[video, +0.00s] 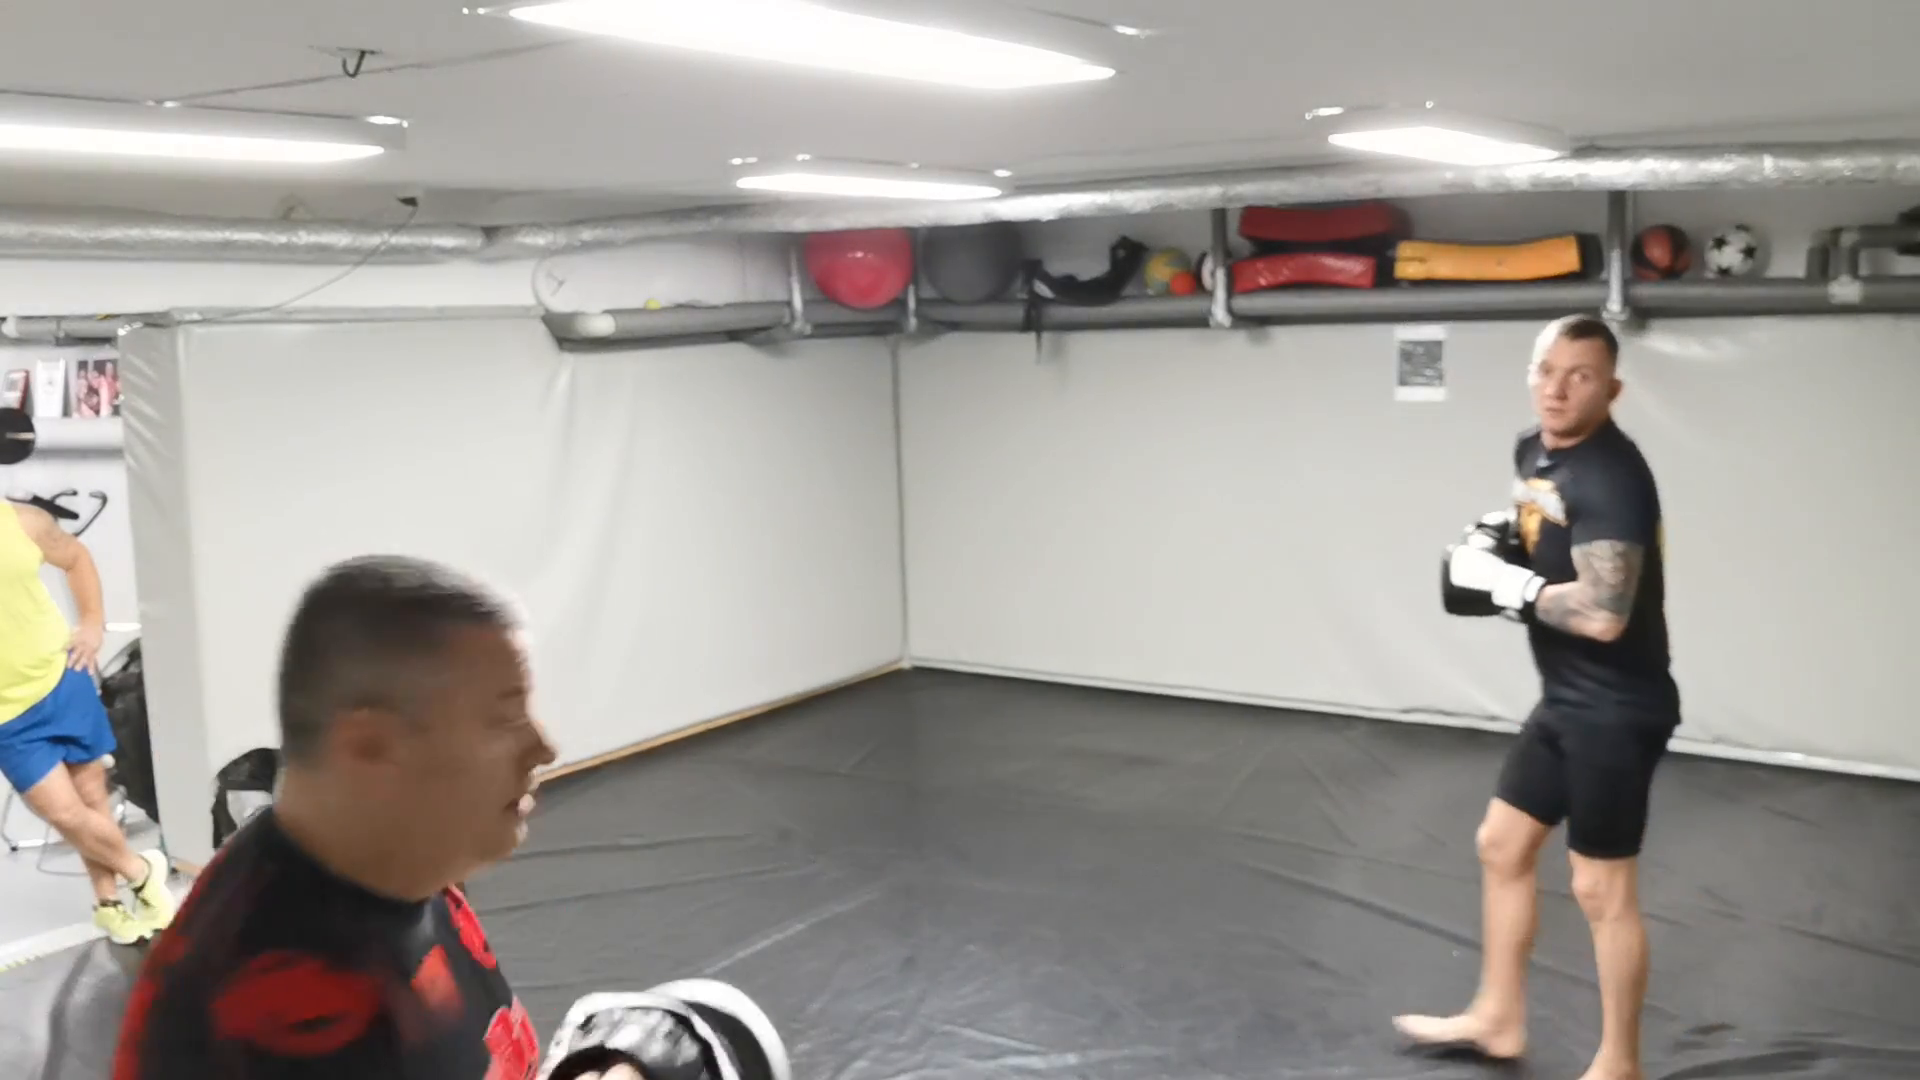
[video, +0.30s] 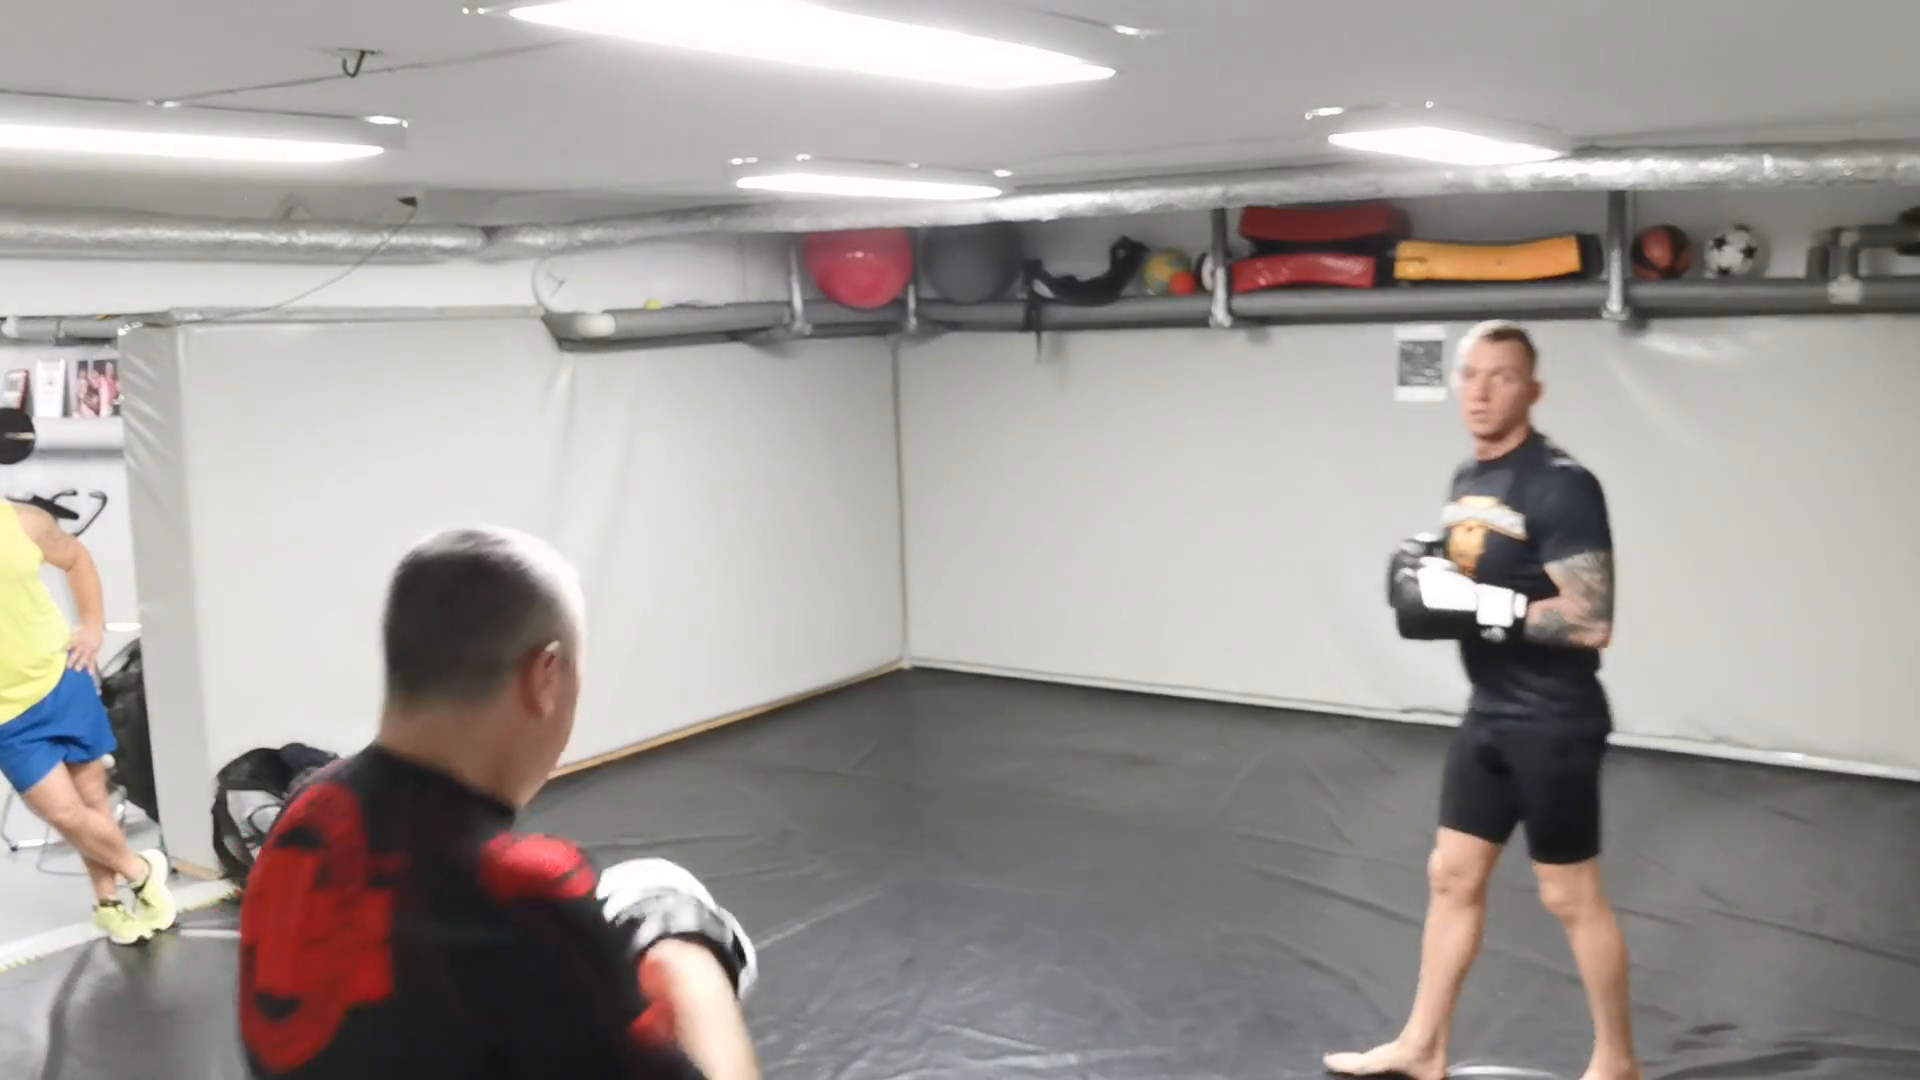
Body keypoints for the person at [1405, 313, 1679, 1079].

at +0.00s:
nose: (1557, 389)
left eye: (1577, 377)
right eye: (1546, 372)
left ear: (1611, 389)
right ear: (1531, 377)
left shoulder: (1613, 476)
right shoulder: (1536, 449)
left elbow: (1604, 615)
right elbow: (1545, 545)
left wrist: (1510, 585)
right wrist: (1497, 545)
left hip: (1620, 707)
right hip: (1565, 694)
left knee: (1603, 889)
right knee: (1504, 846)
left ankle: (1619, 1059)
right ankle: (1498, 1018)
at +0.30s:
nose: (1480, 392)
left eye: (1500, 377)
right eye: (1469, 376)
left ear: (1533, 391)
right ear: (1457, 386)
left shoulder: (1566, 486)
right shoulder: (1468, 481)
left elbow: (1591, 622)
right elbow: (1470, 581)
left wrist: (1482, 603)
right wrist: (1426, 575)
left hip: (1556, 725)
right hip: (1488, 716)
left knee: (1572, 896)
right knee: (1453, 878)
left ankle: (1616, 1059)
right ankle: (1422, 1046)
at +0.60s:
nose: (1383, 391)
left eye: (1400, 376)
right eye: (1375, 377)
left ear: (1443, 382)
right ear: (1368, 384)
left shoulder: (1488, 469)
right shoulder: (1372, 479)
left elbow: (1539, 592)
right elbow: (1377, 577)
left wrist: (1435, 573)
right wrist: (1336, 568)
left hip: (1481, 708)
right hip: (1412, 703)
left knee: (1455, 898)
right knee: (1409, 874)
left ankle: (1581, 1027)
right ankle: (1419, 1048)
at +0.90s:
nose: (1327, 405)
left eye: (1343, 389)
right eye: (1319, 391)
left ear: (1387, 391)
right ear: (1314, 397)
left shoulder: (1439, 473)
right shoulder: (1324, 486)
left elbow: (1468, 607)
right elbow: (1286, 609)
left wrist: (1380, 550)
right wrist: (1272, 534)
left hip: (1430, 711)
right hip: (1366, 710)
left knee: (1381, 907)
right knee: (1396, 897)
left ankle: (1393, 1065)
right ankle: (1420, 1053)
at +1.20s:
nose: (1278, 437)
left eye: (1294, 420)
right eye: (1272, 420)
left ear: (1345, 418)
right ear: (1268, 420)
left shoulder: (1389, 504)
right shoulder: (1292, 497)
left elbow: (1355, 647)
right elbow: (1241, 615)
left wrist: (1290, 568)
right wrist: (1231, 538)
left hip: (1383, 744)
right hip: (1333, 735)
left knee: (1336, 945)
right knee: (1313, 889)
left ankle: (1345, 1073)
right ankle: (1407, 1036)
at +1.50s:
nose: (1247, 434)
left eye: (1262, 415)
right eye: (1241, 415)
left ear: (1314, 410)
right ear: (1240, 413)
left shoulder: (1350, 498)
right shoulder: (1268, 481)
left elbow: (1308, 641)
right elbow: (1201, 590)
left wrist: (1245, 551)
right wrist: (1200, 506)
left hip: (1342, 748)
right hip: (1301, 737)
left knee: (1303, 951)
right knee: (1302, 921)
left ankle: (1338, 1079)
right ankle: (1366, 1070)